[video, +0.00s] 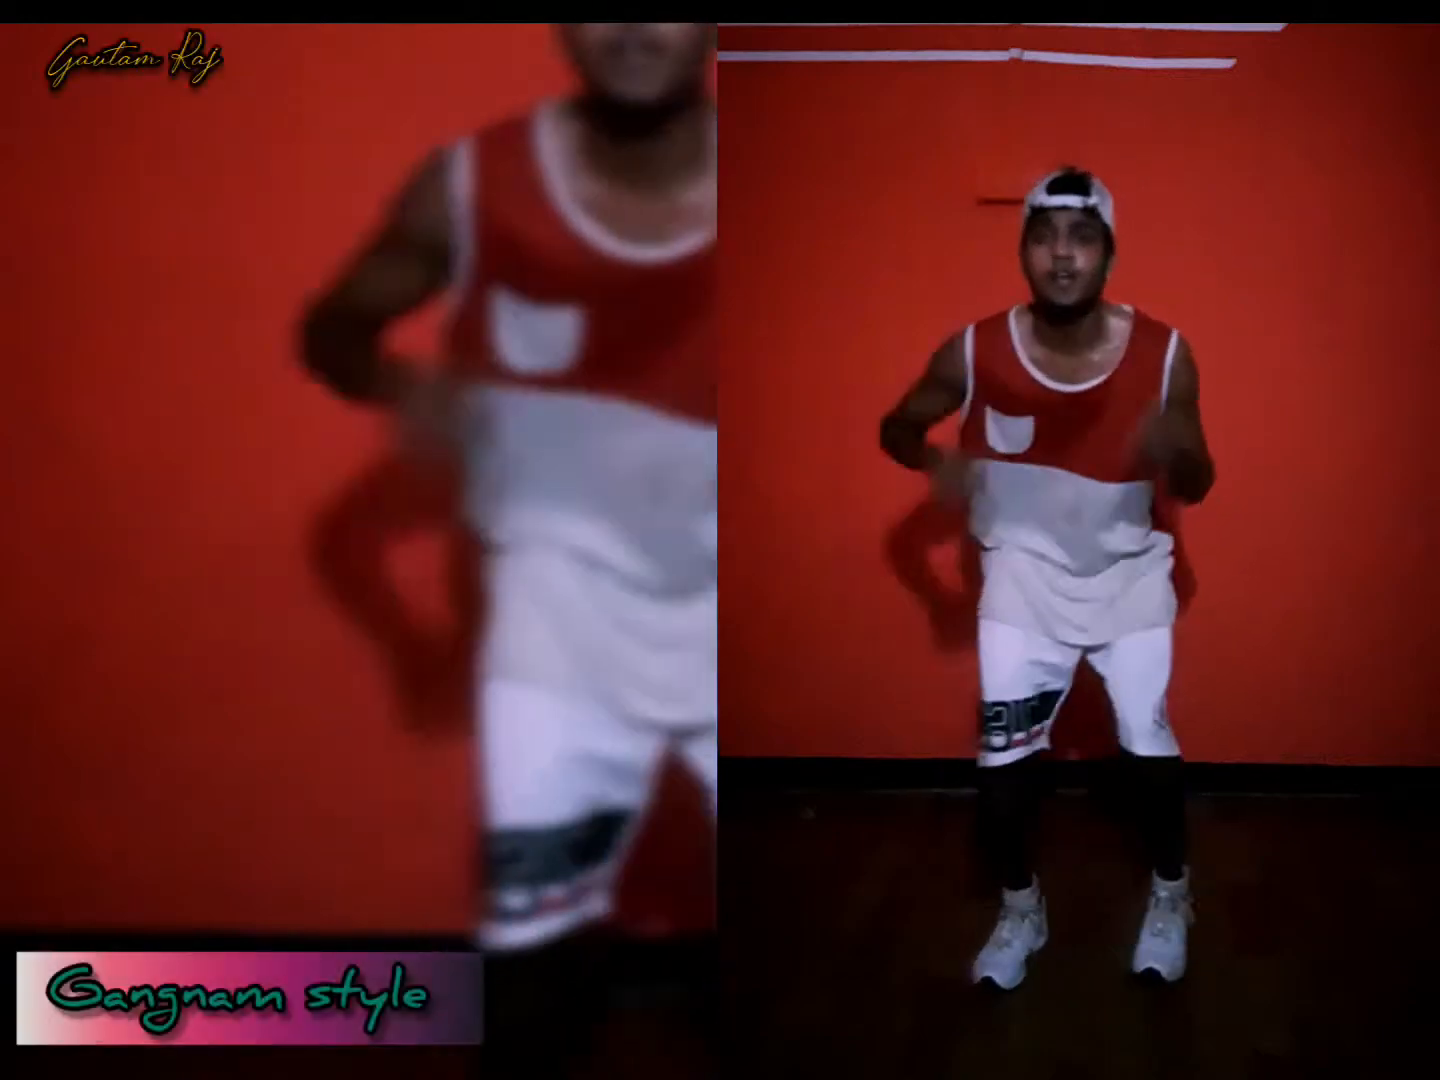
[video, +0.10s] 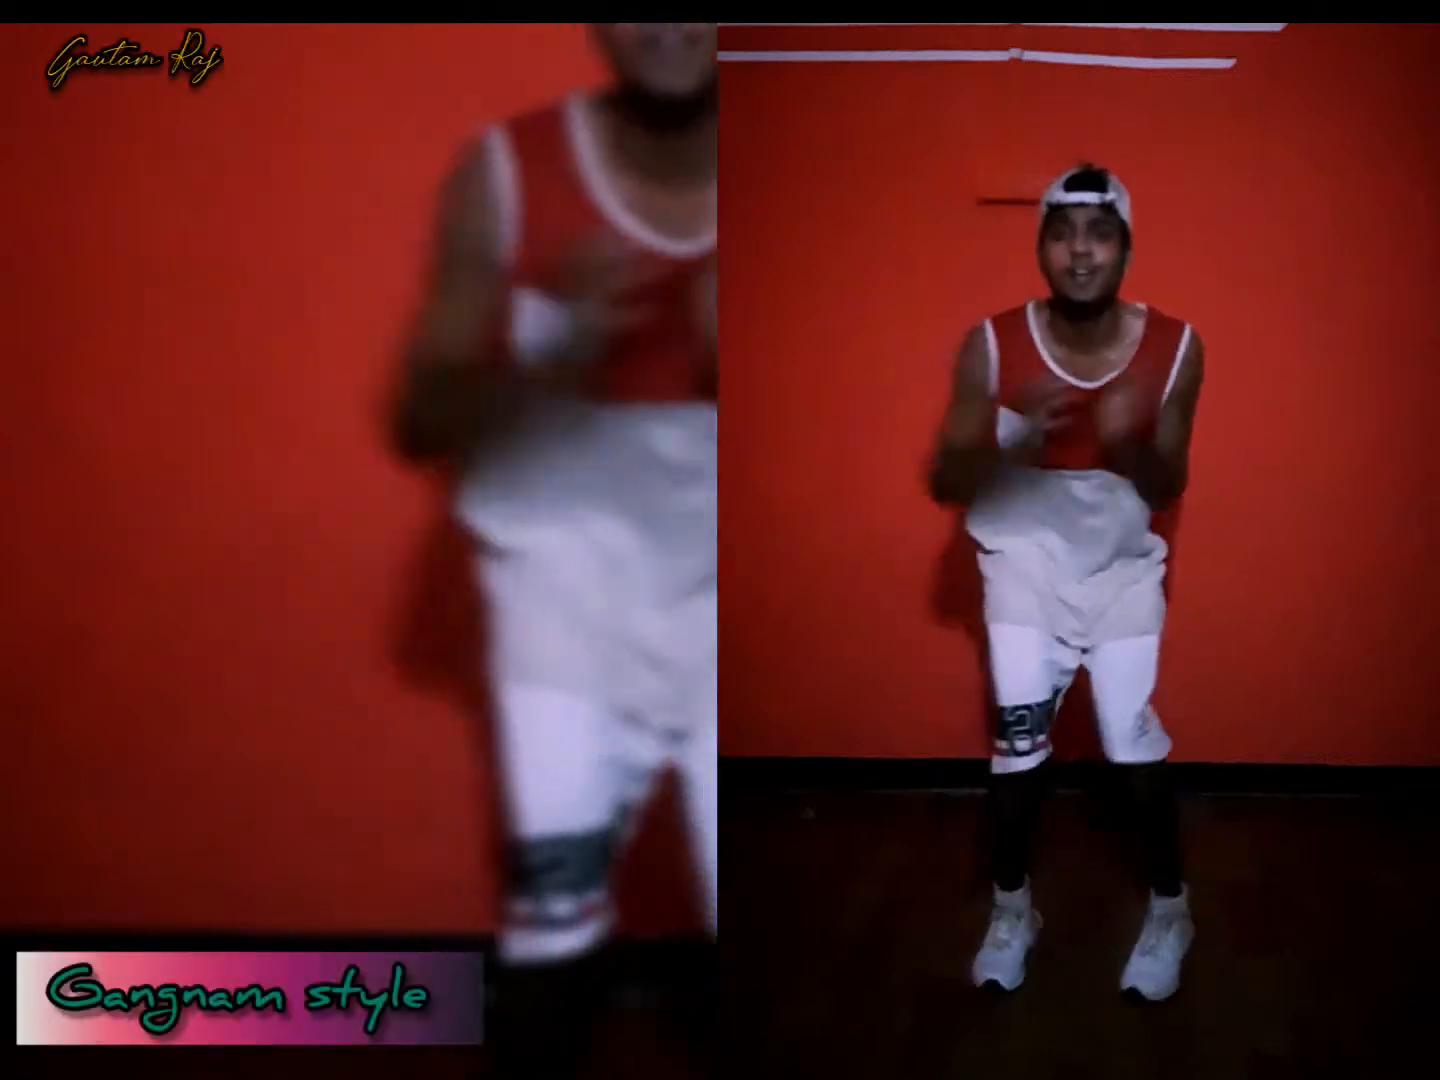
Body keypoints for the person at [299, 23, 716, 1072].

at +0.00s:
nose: (636, 28)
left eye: (665, 8)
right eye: (607, 9)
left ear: (713, 28)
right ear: (565, 28)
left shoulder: (770, 185)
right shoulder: (482, 180)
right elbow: (331, 333)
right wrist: (411, 391)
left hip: (740, 609)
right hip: (560, 613)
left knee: (794, 930)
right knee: (533, 959)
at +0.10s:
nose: (668, 23)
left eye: (691, 5)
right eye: (640, 7)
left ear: (730, 27)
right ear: (599, 27)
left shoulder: (774, 172)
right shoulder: (515, 170)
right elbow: (430, 414)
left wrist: (731, 333)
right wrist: (561, 332)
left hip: (736, 611)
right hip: (565, 610)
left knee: (744, 931)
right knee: (557, 928)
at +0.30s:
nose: (694, 82)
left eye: (718, 50)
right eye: (660, 52)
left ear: (758, 74)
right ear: (620, 79)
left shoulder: (801, 239)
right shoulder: (562, 264)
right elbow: (631, 521)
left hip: (747, 577)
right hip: (589, 585)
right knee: (546, 896)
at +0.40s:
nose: (708, 85)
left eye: (729, 53)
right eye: (677, 55)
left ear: (762, 74)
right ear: (640, 81)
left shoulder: (819, 224)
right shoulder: (595, 267)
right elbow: (630, 567)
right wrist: (688, 829)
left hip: (733, 590)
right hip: (594, 597)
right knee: (478, 891)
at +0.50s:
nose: (747, 95)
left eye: (765, 67)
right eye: (727, 64)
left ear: (826, 92)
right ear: (693, 80)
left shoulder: (858, 244)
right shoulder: (610, 255)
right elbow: (494, 507)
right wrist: (657, 738)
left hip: (781, 626)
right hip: (601, 631)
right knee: (410, 891)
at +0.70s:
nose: (741, 140)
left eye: (762, 112)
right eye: (726, 108)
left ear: (812, 131)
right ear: (688, 114)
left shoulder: (829, 281)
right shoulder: (567, 259)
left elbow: (911, 459)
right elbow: (415, 392)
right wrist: (413, 621)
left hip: (745, 638)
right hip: (566, 629)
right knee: (447, 938)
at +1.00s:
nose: (564, 119)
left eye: (605, 89)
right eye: (536, 81)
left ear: (650, 120)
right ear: (494, 105)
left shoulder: (720, 281)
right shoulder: (461, 244)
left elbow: (778, 477)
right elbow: (432, 379)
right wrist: (413, 539)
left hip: (682, 709)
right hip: (509, 689)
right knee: (386, 948)